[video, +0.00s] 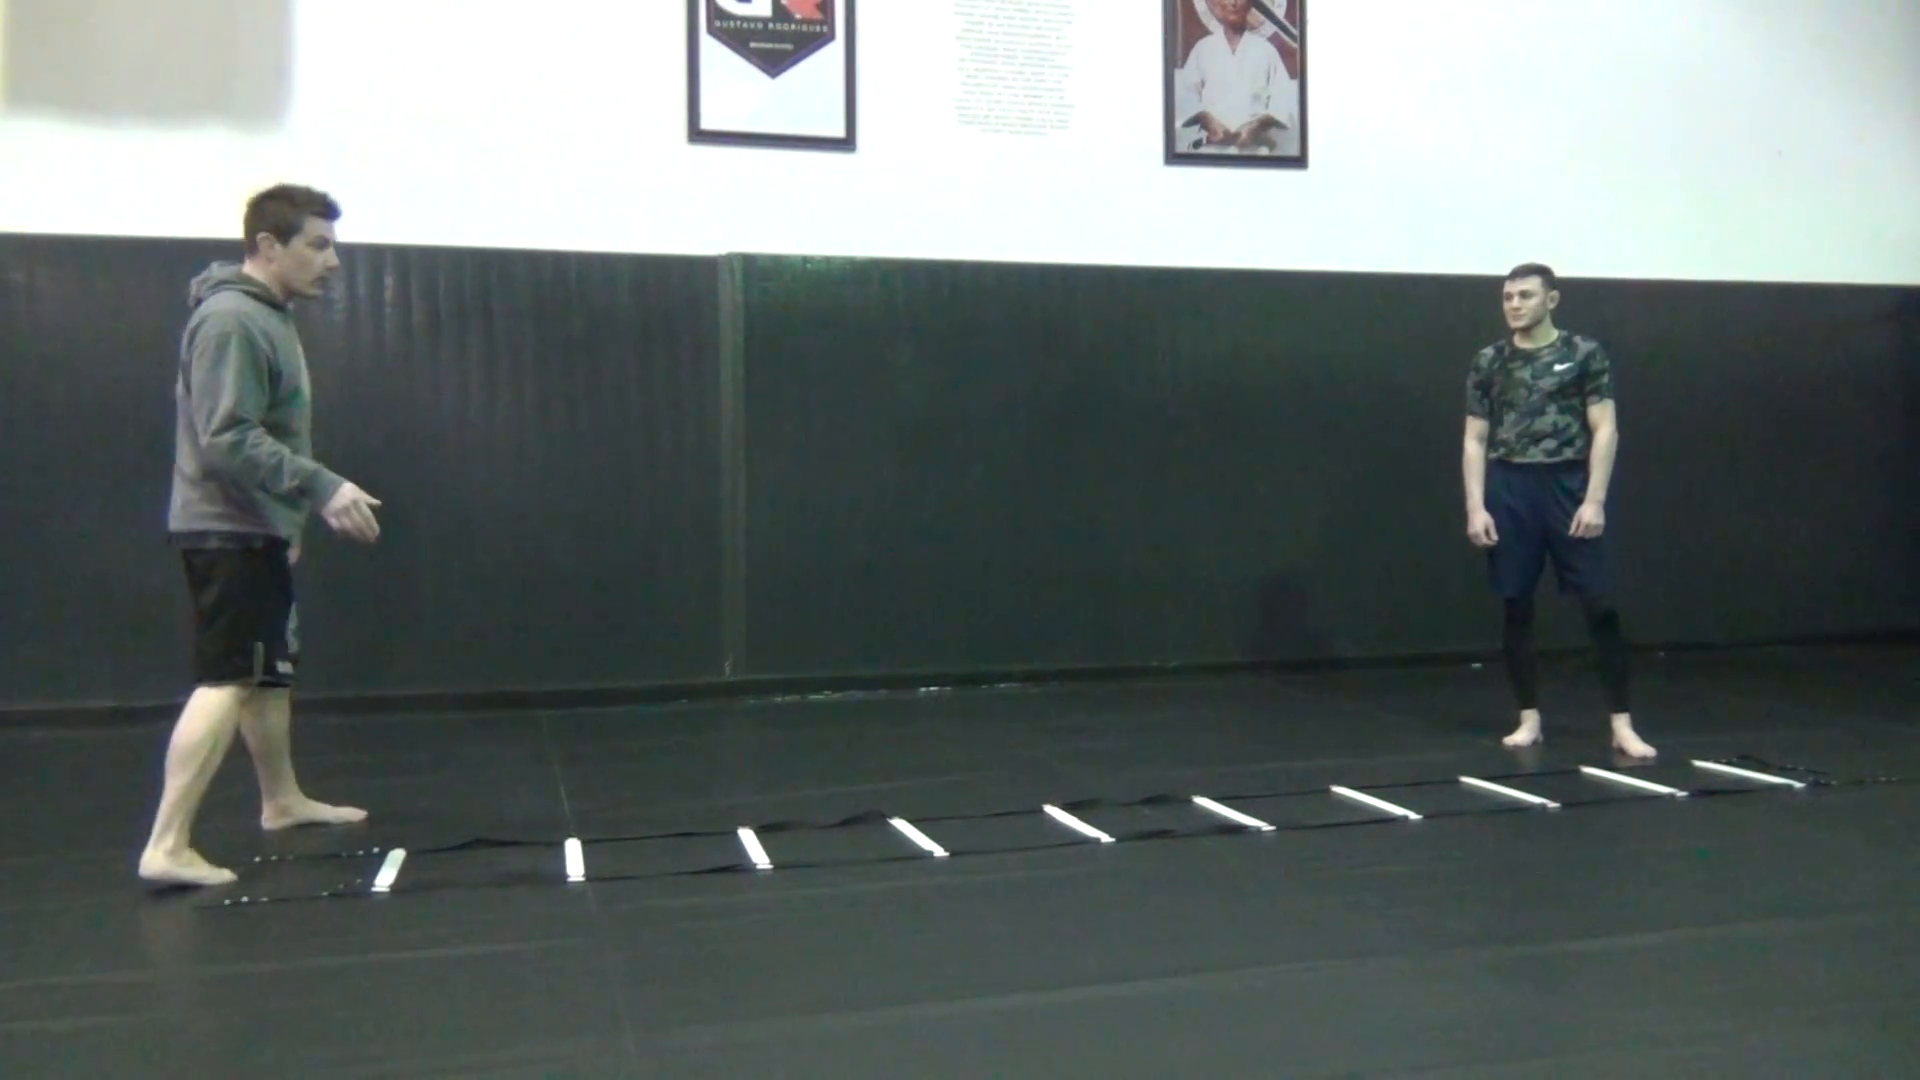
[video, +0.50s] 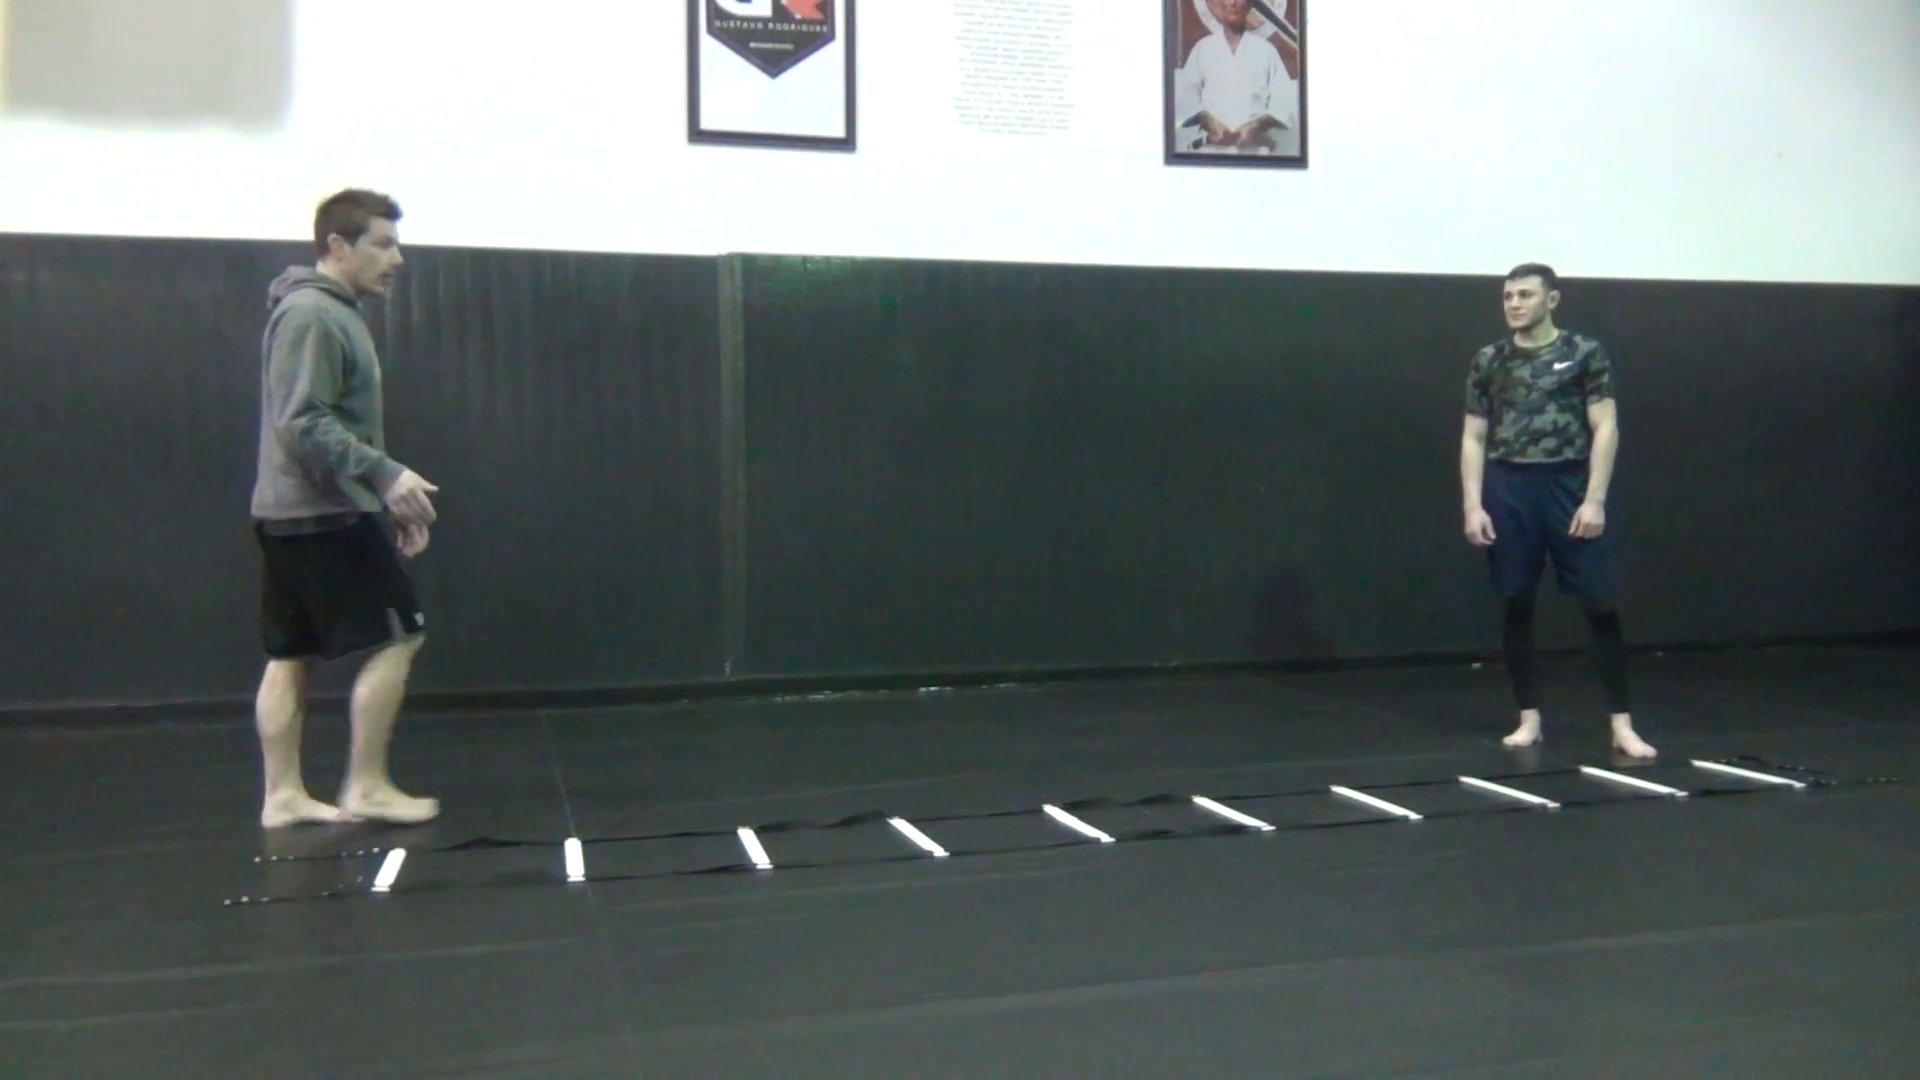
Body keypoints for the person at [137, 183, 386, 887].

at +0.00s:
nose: (332, 262)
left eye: (333, 247)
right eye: (320, 247)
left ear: (277, 250)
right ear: (267, 246)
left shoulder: (266, 315)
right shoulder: (230, 320)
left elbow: (265, 432)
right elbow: (227, 438)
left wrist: (293, 519)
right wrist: (322, 488)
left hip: (255, 529)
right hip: (222, 530)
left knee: (267, 672)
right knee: (227, 679)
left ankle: (283, 802)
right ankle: (166, 847)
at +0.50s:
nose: (396, 260)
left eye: (396, 247)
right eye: (384, 246)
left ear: (342, 249)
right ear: (337, 245)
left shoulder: (331, 312)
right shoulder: (312, 315)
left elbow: (339, 428)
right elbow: (303, 421)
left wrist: (389, 504)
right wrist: (385, 474)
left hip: (294, 513)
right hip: (324, 512)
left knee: (289, 655)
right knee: (398, 634)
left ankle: (282, 795)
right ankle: (367, 785)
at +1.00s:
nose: (495, 262)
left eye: (495, 250)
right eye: (482, 251)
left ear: (444, 255)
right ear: (438, 254)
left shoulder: (439, 319)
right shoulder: (421, 327)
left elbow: (450, 430)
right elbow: (447, 434)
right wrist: (541, 457)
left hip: (433, 517)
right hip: (439, 521)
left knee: (408, 650)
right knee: (459, 655)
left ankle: (327, 755)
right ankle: (474, 791)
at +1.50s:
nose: (587, 271)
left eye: (587, 259)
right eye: (575, 259)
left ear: (550, 264)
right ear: (530, 261)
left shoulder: (556, 327)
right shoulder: (502, 329)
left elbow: (571, 432)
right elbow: (519, 423)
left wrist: (597, 501)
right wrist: (598, 382)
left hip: (567, 510)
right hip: (524, 513)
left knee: (592, 632)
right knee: (510, 645)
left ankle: (628, 748)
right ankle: (475, 786)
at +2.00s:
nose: (710, 282)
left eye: (710, 270)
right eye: (700, 270)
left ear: (675, 273)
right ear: (658, 270)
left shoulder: (685, 338)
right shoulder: (619, 336)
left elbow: (713, 431)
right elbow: (629, 433)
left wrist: (743, 502)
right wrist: (692, 473)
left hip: (688, 501)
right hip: (650, 505)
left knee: (672, 628)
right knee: (686, 622)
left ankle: (665, 756)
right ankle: (577, 724)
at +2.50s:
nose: (835, 287)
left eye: (835, 276)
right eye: (827, 276)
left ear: (787, 278)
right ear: (791, 277)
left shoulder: (750, 334)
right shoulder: (770, 342)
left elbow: (755, 436)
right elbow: (765, 442)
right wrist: (771, 529)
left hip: (739, 508)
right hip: (775, 510)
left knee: (728, 633)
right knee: (807, 633)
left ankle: (675, 742)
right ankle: (827, 758)